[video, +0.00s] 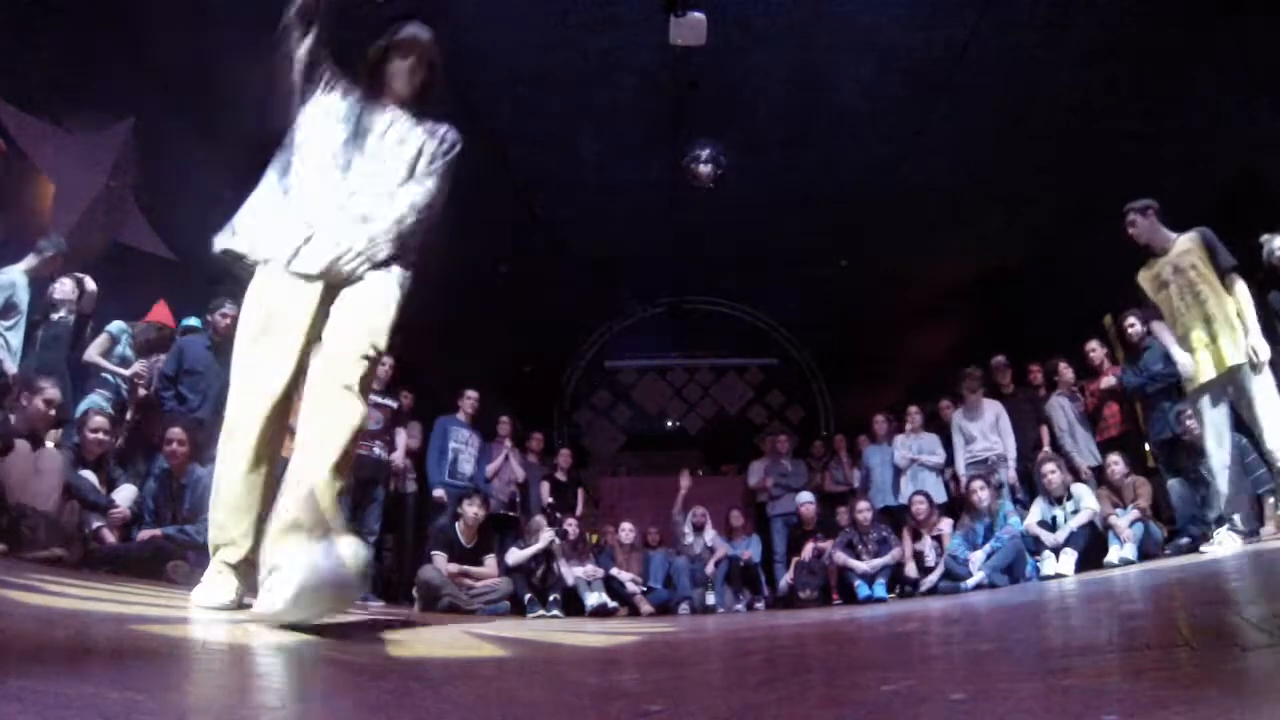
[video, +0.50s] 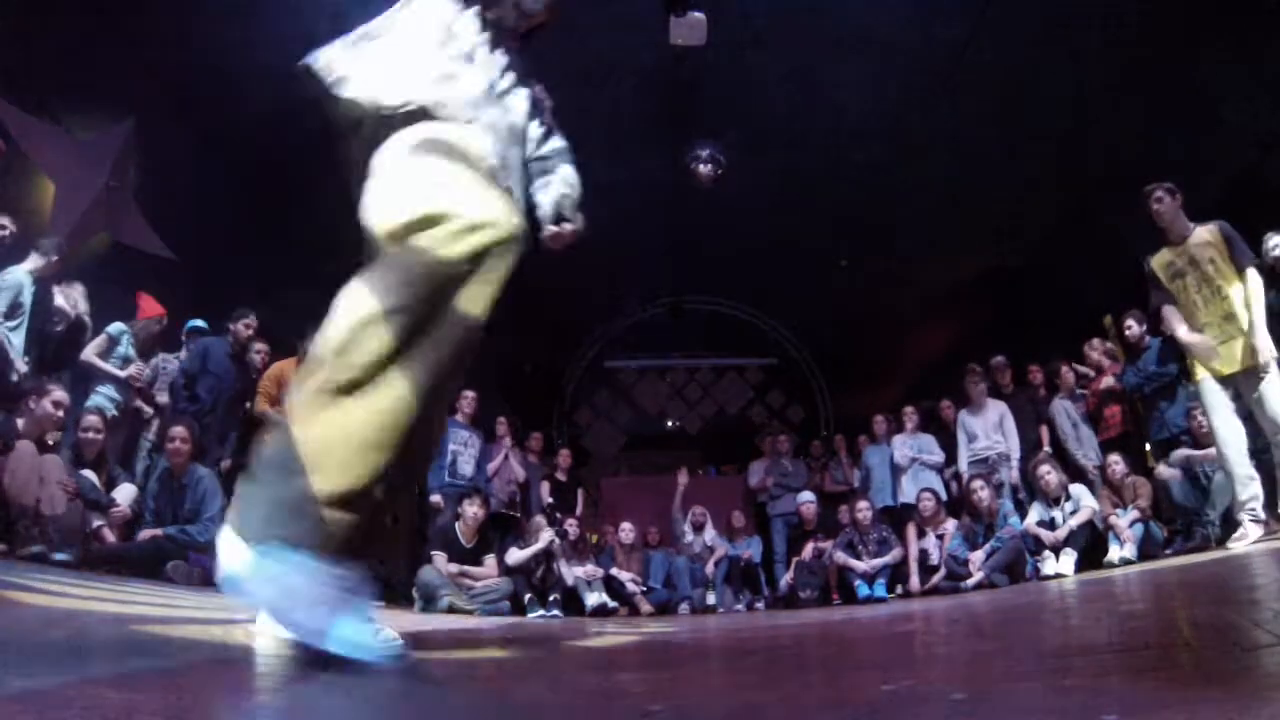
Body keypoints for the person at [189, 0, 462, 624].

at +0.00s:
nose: (411, 66)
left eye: (422, 60)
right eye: (402, 54)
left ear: (430, 72)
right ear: (379, 57)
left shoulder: (436, 136)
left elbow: (412, 206)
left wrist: (351, 244)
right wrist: (320, 241)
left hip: (373, 273)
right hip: (291, 257)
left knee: (333, 410)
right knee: (253, 408)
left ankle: (291, 570)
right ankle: (227, 562)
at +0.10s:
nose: (436, 51)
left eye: (447, 48)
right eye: (427, 40)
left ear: (451, 67)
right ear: (400, 45)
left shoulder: (456, 129)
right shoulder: (353, 73)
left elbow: (433, 200)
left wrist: (367, 235)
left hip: (380, 263)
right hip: (297, 242)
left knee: (344, 404)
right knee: (263, 397)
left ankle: (331, 576)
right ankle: (228, 564)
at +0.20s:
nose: (460, 34)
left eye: (471, 28)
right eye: (452, 20)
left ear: (475, 43)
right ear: (423, 20)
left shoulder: (472, 118)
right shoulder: (362, 66)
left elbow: (464, 190)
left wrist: (417, 219)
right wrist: (338, 193)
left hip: (402, 240)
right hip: (318, 217)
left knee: (359, 388)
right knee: (281, 364)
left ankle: (303, 581)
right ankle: (221, 556)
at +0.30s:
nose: (479, 23)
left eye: (489, 21)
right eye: (470, 14)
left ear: (495, 40)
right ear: (444, 18)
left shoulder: (495, 120)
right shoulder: (386, 35)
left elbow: (487, 201)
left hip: (440, 213)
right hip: (346, 171)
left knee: (383, 369)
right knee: (300, 322)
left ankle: (306, 583)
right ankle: (224, 518)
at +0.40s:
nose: (510, 21)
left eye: (513, 20)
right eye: (503, 12)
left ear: (509, 33)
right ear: (469, 7)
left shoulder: (503, 103)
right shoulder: (415, 25)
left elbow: (526, 157)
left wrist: (528, 196)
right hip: (390, 163)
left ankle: (305, 586)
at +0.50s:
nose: (531, 17)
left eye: (537, 16)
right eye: (528, 7)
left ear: (531, 28)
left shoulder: (522, 90)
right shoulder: (436, 16)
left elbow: (548, 146)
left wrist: (559, 197)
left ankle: (331, 576)